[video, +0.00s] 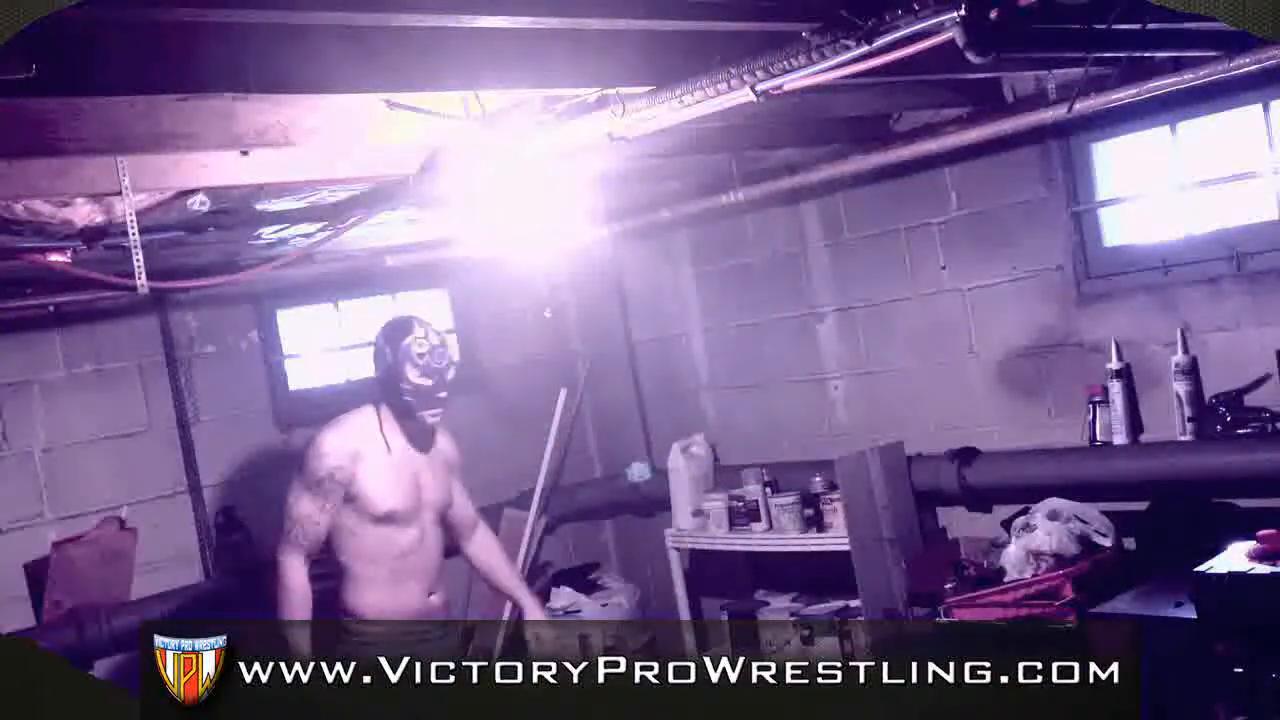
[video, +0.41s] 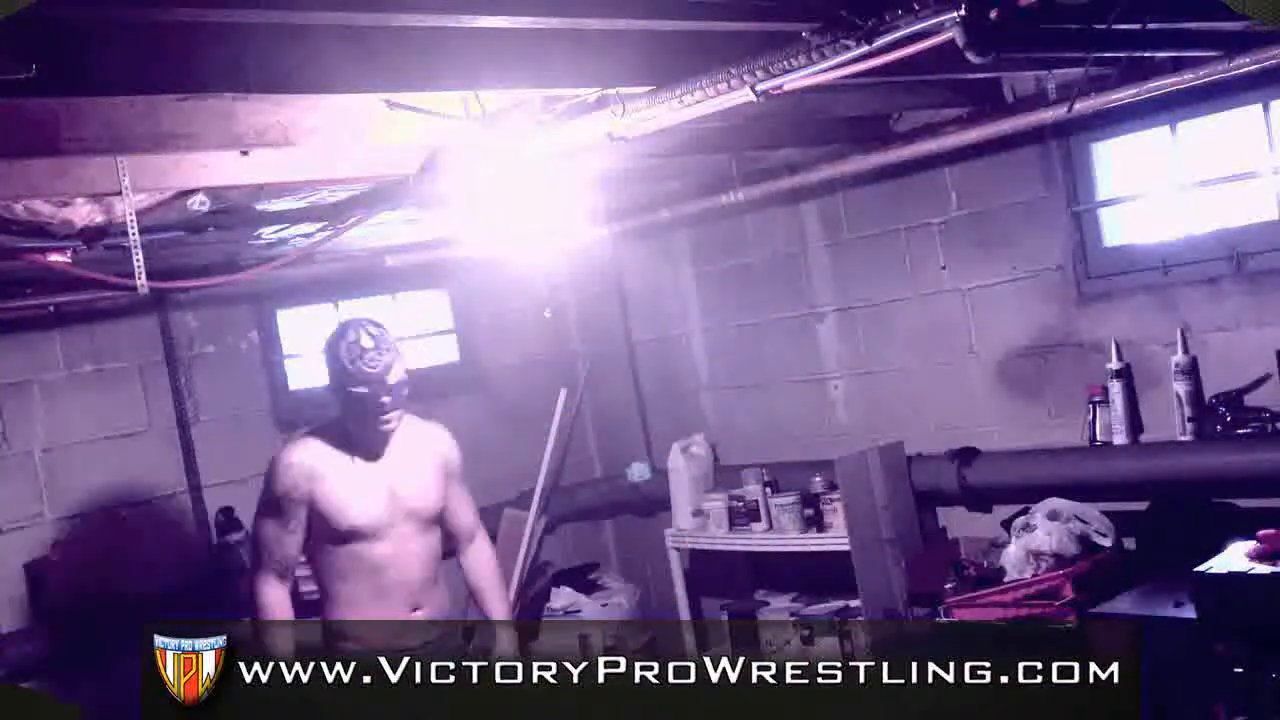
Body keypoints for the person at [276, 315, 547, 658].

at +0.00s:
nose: (441, 394)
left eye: (445, 380)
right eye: (426, 381)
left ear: (451, 375)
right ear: (392, 381)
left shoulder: (442, 445)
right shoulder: (342, 446)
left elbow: (473, 533)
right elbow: (294, 554)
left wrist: (531, 605)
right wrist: (302, 664)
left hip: (440, 634)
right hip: (370, 640)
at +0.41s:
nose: (388, 404)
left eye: (397, 388)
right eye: (370, 395)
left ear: (407, 380)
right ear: (341, 394)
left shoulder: (436, 445)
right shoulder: (302, 464)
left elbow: (472, 541)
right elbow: (275, 577)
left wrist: (506, 635)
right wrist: (289, 674)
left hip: (442, 646)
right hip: (355, 653)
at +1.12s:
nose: (379, 417)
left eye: (389, 400)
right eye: (361, 405)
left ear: (404, 385)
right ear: (331, 403)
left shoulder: (455, 455)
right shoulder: (291, 481)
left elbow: (518, 561)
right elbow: (258, 595)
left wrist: (543, 658)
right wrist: (291, 683)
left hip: (458, 668)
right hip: (347, 677)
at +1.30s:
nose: (424, 422)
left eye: (431, 405)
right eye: (408, 413)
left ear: (443, 378)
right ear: (368, 395)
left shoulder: (497, 454)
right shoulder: (327, 470)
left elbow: (563, 545)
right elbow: (287, 573)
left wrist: (549, 583)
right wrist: (308, 574)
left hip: (502, 665)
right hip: (384, 671)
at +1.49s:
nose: (464, 376)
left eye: (466, 361)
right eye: (443, 369)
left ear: (476, 352)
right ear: (405, 376)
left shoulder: (539, 440)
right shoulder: (362, 458)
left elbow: (608, 516)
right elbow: (310, 582)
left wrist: (575, 547)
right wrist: (330, 573)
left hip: (527, 660)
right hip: (416, 665)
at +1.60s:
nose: (457, 387)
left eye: (466, 364)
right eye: (438, 372)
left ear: (483, 354)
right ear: (408, 374)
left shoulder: (549, 437)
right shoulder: (369, 459)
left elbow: (626, 515)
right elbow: (325, 566)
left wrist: (620, 557)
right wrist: (343, 606)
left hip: (534, 660)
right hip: (421, 666)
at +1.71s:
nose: (447, 377)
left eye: (459, 358)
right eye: (427, 364)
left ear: (484, 355)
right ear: (408, 372)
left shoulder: (558, 441)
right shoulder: (376, 464)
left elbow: (635, 533)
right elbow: (335, 600)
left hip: (536, 671)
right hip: (427, 677)